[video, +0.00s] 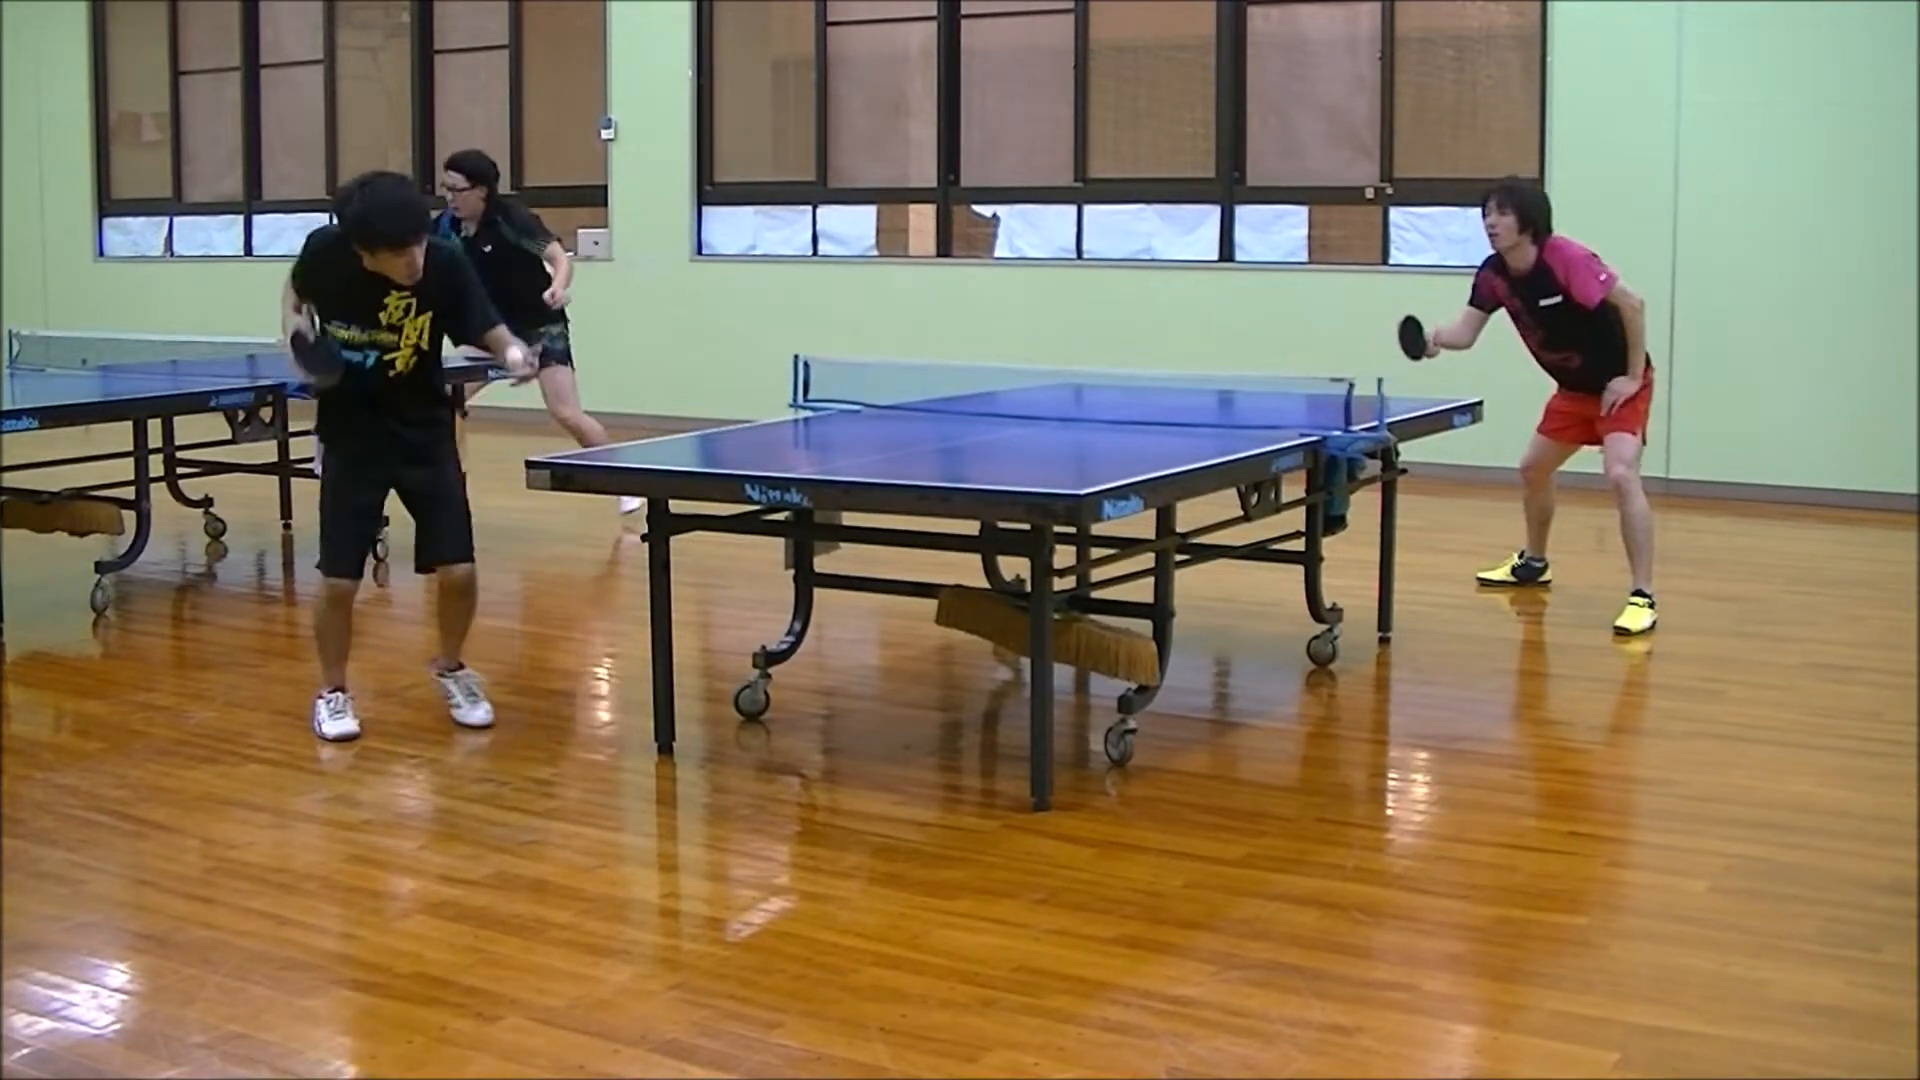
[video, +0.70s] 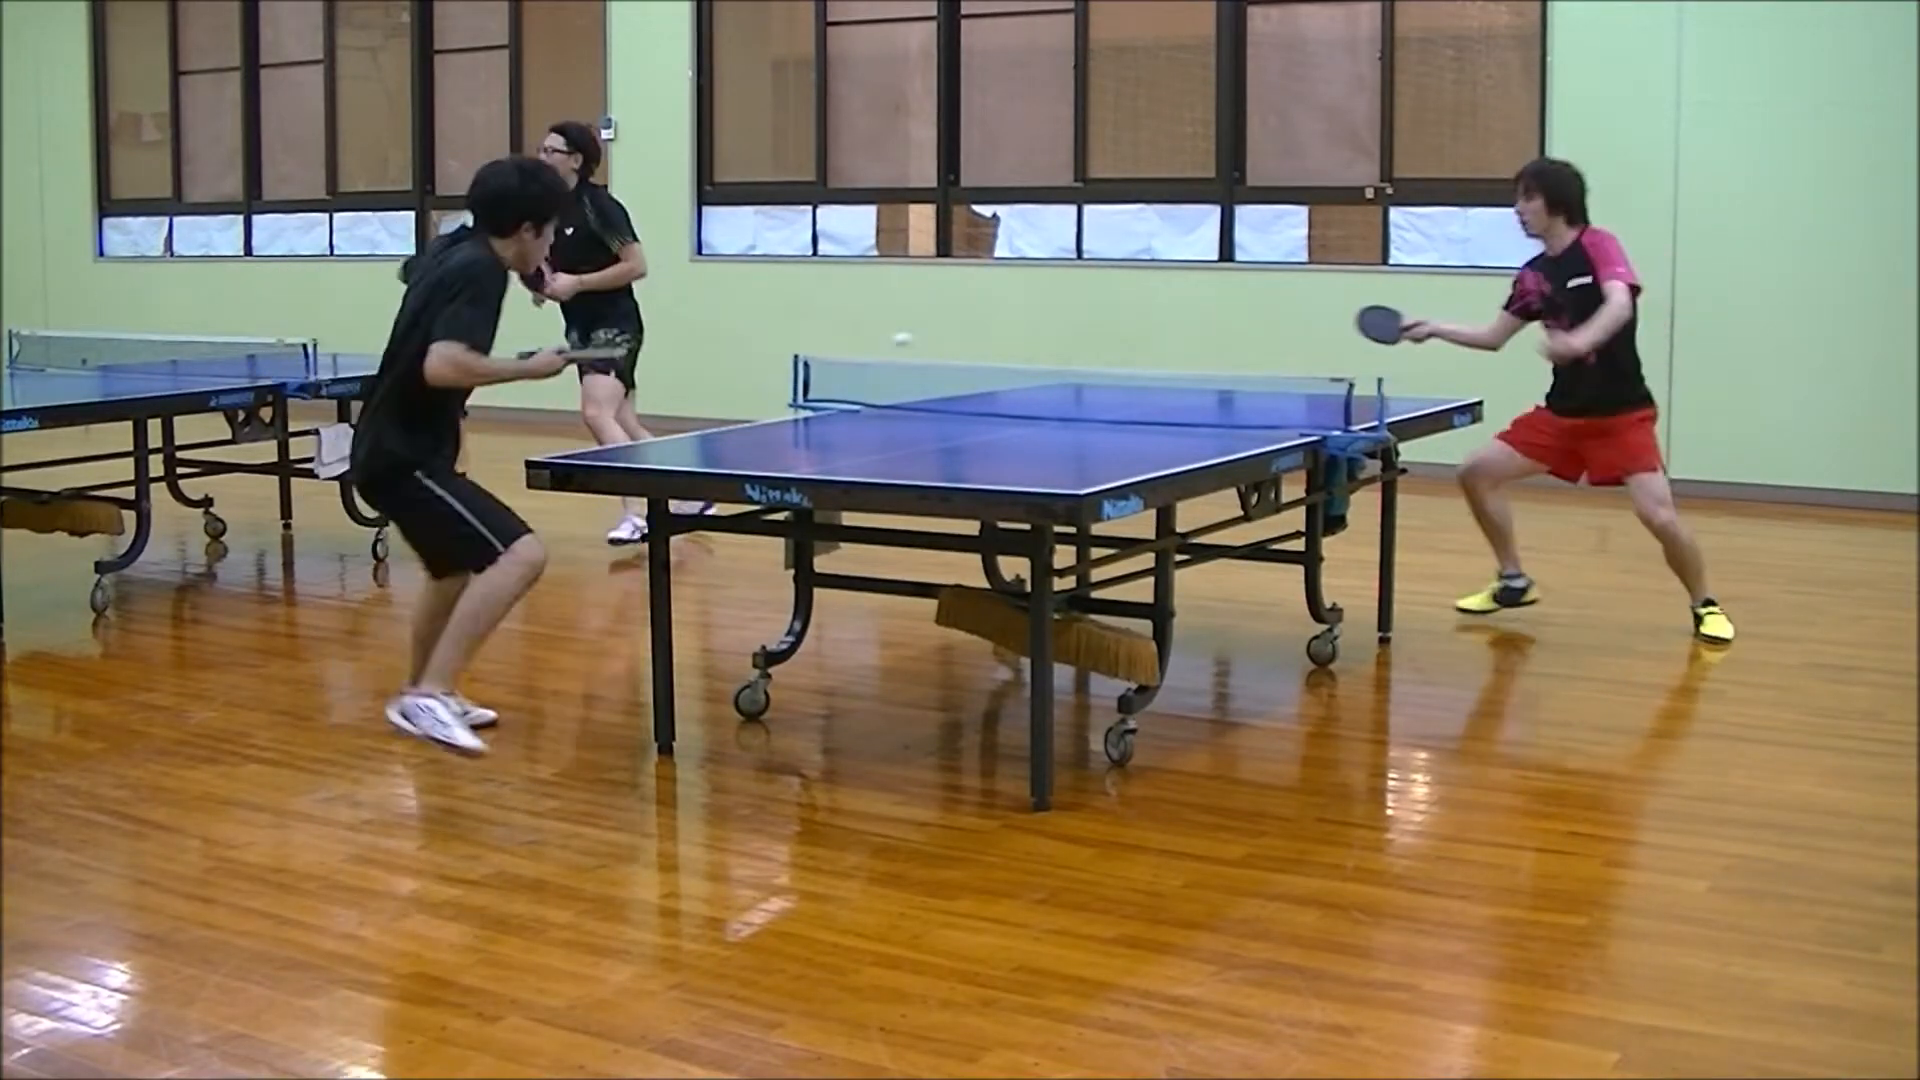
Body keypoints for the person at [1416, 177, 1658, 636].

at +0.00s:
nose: (1491, 224)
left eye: (1502, 215)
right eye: (1487, 215)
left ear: (1529, 221)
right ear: (1485, 221)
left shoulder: (1565, 258)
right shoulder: (1493, 273)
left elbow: (1632, 305)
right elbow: (1465, 333)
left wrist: (1634, 374)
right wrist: (1434, 337)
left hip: (1622, 381)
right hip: (1573, 387)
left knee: (1620, 473)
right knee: (1534, 469)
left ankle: (1642, 596)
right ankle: (1533, 562)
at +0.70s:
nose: (1518, 209)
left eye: (1527, 199)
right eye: (1518, 200)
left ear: (1556, 203)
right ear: (1537, 204)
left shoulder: (1599, 244)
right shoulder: (1535, 274)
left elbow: (1620, 306)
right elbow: (1494, 336)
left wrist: (1578, 341)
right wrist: (1435, 328)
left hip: (1623, 417)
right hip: (1562, 417)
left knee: (1660, 517)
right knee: (1477, 475)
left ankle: (1705, 604)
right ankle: (1512, 580)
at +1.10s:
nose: (1309, 247)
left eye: (1314, 236)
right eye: (1309, 237)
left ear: (1339, 236)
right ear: (1341, 238)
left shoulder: (1394, 247)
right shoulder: (1358, 303)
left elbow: (1455, 234)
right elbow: (1336, 370)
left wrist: (1515, 221)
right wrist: (1286, 403)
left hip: (1477, 386)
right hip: (1423, 405)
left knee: (1544, 489)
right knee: (1350, 477)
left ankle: (1618, 586)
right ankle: (1365, 596)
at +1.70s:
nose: (1361, 177)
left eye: (1371, 168)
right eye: (1354, 169)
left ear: (1392, 174)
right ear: (1346, 179)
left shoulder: (1423, 220)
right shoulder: (1334, 238)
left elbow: (1466, 265)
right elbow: (1289, 282)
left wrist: (1508, 296)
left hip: (1436, 368)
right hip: (1372, 370)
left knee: (1480, 453)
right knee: (1343, 463)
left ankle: (1492, 556)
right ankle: (1304, 546)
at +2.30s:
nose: (1396, 214)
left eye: (1406, 206)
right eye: (1391, 204)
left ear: (1424, 212)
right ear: (1382, 206)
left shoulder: (1439, 249)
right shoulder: (1366, 240)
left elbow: (1497, 254)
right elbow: (1348, 249)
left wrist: (1544, 241)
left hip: (1429, 374)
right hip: (1370, 378)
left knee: (1491, 443)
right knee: (1329, 449)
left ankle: (1504, 533)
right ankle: (1315, 528)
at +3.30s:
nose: (1457, 218)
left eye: (1466, 210)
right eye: (1452, 211)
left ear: (1487, 213)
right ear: (1446, 214)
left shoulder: (1510, 246)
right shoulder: (1437, 258)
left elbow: (1559, 263)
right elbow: (1417, 318)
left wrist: (1609, 293)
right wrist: (1467, 339)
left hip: (1507, 361)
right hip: (1449, 362)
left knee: (1563, 426)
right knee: (1397, 428)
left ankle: (1557, 511)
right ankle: (1379, 490)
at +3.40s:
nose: (1422, 225)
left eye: (1431, 218)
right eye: (1416, 218)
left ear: (1449, 221)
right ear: (1409, 222)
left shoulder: (1471, 247)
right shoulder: (1400, 263)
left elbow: (1518, 262)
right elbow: (1397, 323)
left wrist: (1568, 275)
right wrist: (1450, 319)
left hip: (1473, 365)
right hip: (1415, 370)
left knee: (1530, 430)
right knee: (1374, 439)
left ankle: (1554, 511)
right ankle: (1329, 507)